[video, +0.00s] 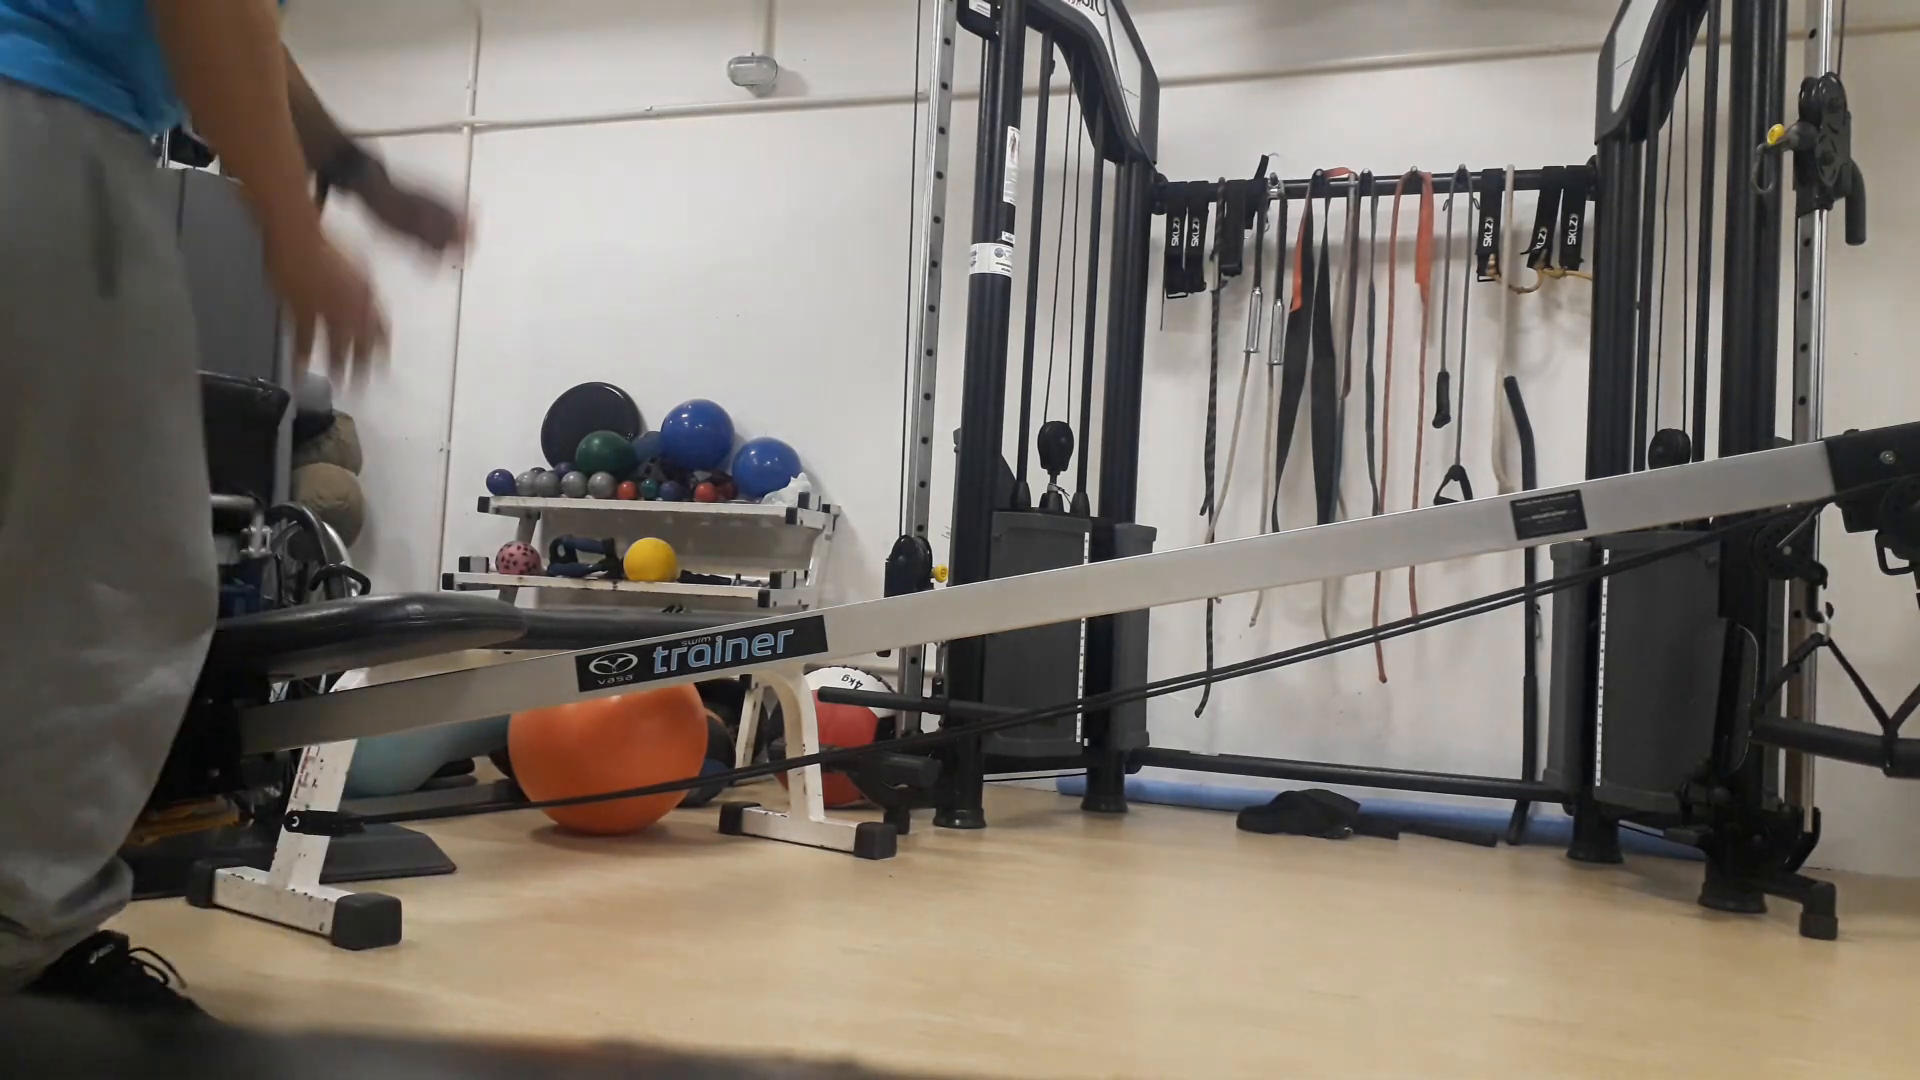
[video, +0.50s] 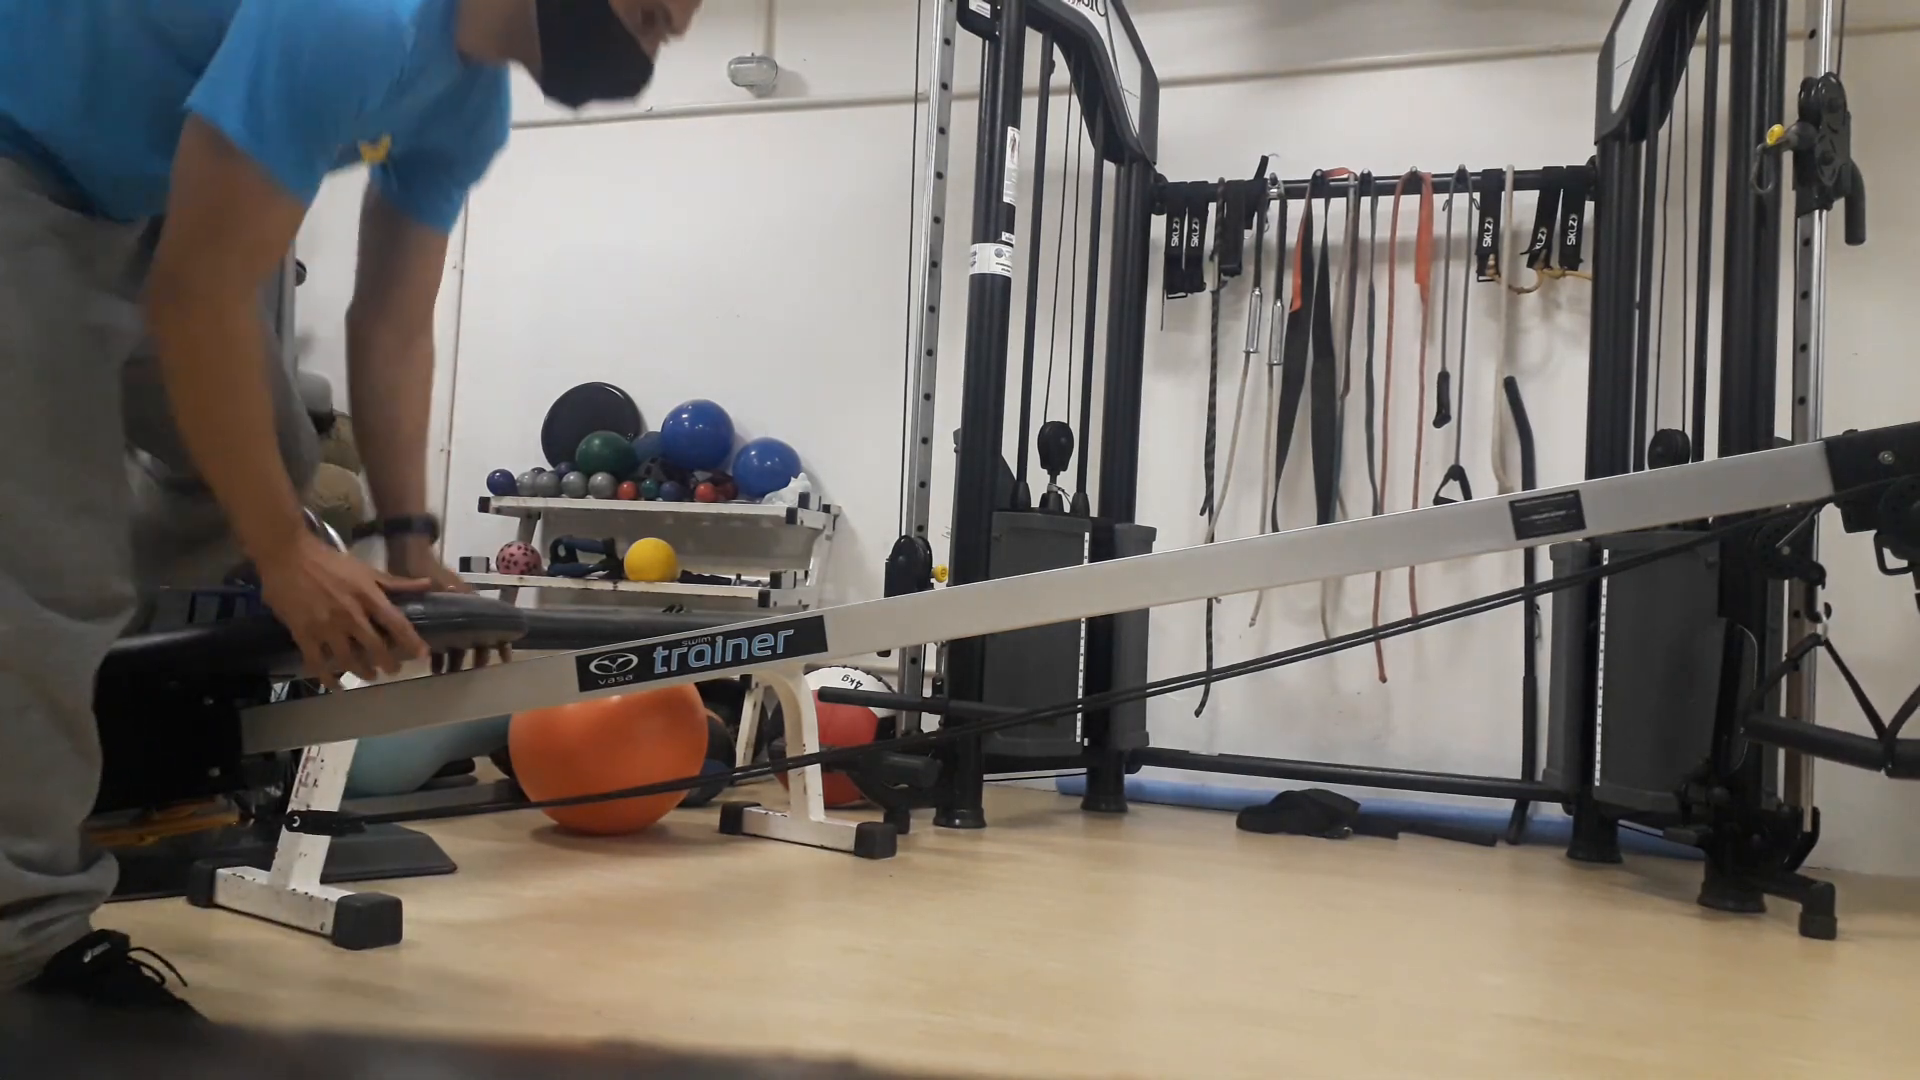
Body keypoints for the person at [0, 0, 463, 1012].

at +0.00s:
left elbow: (215, 14)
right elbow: (201, 5)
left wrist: (356, 169)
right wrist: (294, 227)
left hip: (65, 129)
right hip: (51, 129)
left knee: (80, 556)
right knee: (120, 571)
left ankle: (41, 926)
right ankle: (40, 935)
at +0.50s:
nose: (671, 21)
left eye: (680, 16)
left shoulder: (471, 97)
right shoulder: (350, 20)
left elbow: (395, 314)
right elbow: (197, 294)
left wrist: (410, 538)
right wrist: (284, 549)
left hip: (161, 189)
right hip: (30, 161)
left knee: (264, 471)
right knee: (59, 562)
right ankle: (31, 935)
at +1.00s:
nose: (693, 219)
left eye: (708, 196)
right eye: (683, 179)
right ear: (579, 125)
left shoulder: (542, 287)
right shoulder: (358, 188)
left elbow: (391, 420)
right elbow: (148, 381)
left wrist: (433, 574)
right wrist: (328, 574)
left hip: (236, 392)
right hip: (54, 336)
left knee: (381, 602)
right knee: (93, 590)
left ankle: (211, 873)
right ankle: (24, 926)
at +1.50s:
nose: (812, 202)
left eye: (824, 182)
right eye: (801, 164)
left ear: (700, 127)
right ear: (696, 113)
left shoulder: (644, 275)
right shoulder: (497, 168)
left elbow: (505, 424)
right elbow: (296, 372)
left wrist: (557, 581)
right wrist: (476, 569)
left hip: (274, 384)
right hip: (117, 316)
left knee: (400, 633)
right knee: (190, 616)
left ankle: (206, 870)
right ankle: (25, 929)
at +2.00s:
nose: (812, 242)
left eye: (826, 220)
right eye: (800, 203)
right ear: (689, 158)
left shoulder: (654, 317)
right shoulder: (494, 220)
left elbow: (502, 438)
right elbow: (266, 393)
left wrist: (541, 580)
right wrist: (458, 577)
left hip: (293, 443)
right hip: (129, 397)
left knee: (441, 657)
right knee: (254, 668)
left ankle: (209, 891)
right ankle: (45, 933)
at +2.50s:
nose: (804, 245)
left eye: (819, 222)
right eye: (796, 202)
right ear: (695, 142)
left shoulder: (627, 284)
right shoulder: (478, 177)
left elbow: (474, 415)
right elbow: (258, 368)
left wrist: (510, 571)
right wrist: (416, 584)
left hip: (268, 329)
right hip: (109, 254)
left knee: (338, 622)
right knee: (167, 583)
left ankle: (165, 893)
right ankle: (28, 923)